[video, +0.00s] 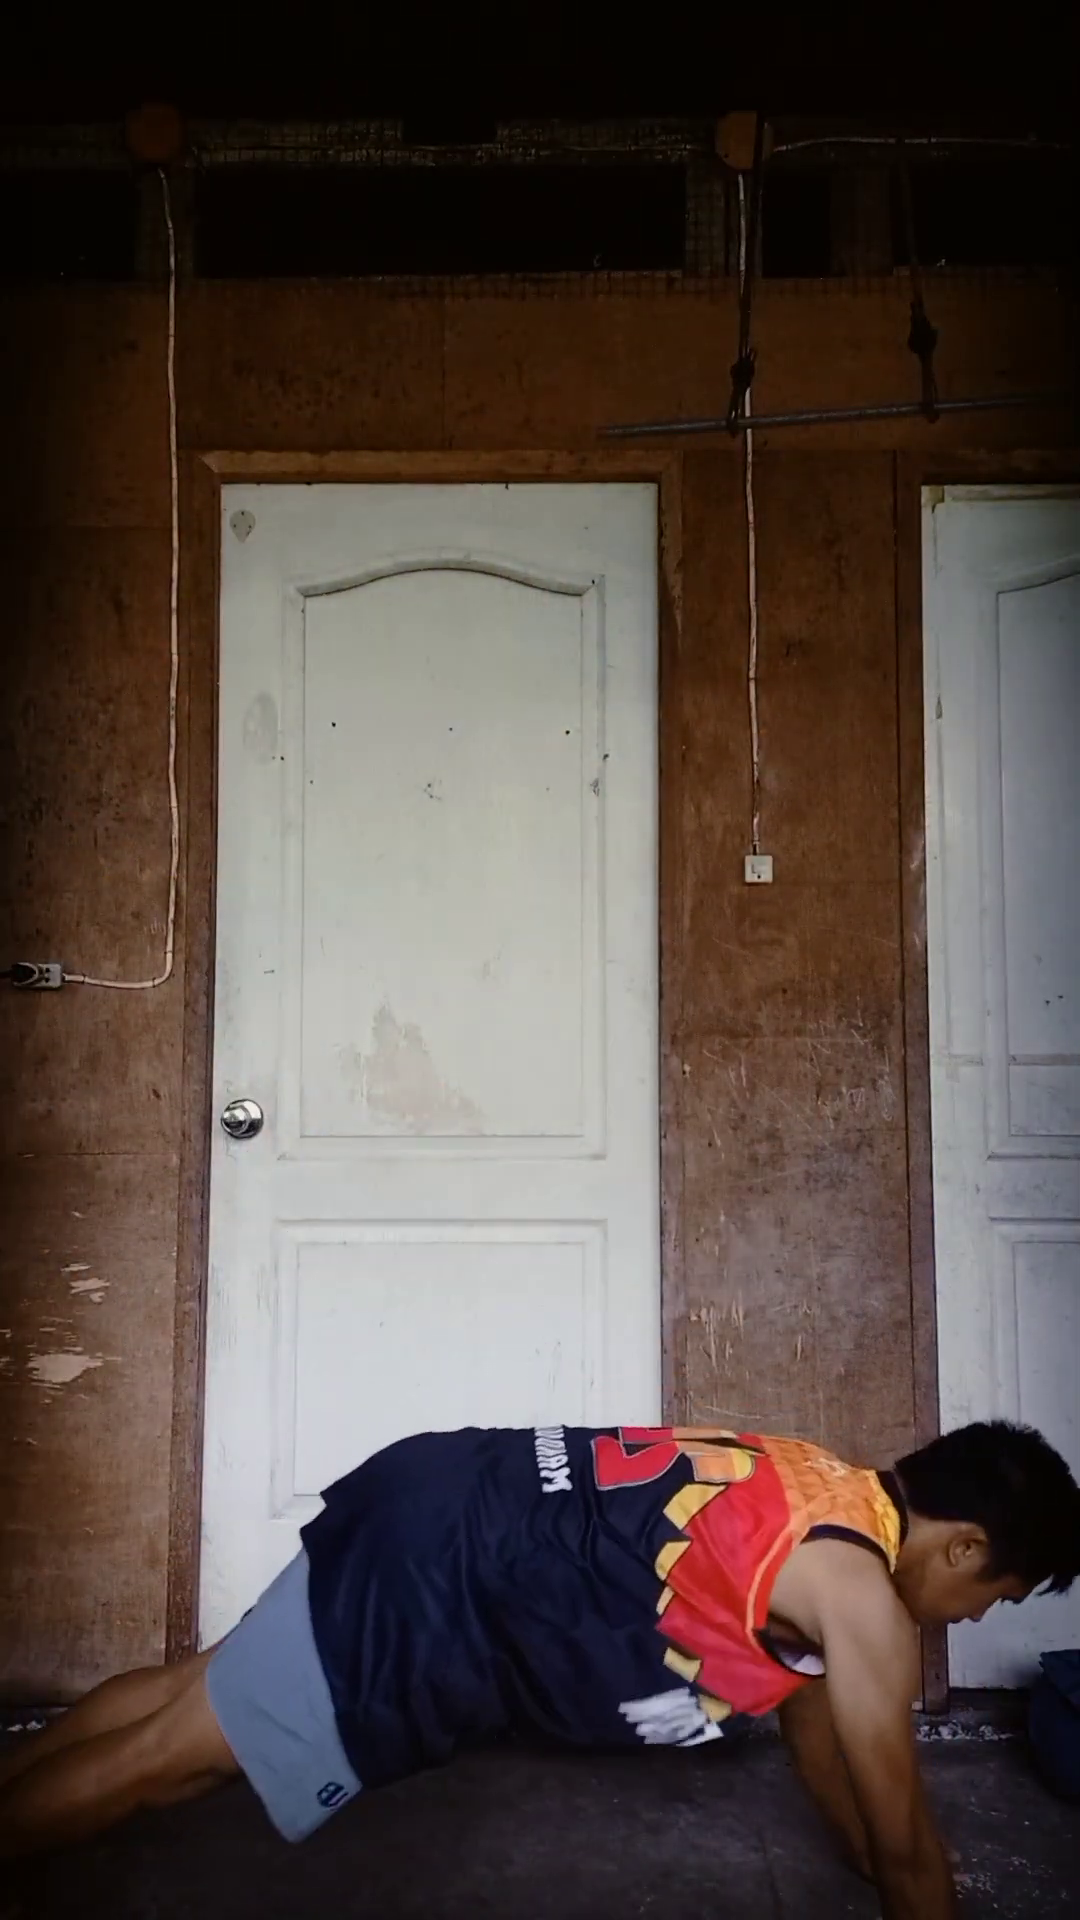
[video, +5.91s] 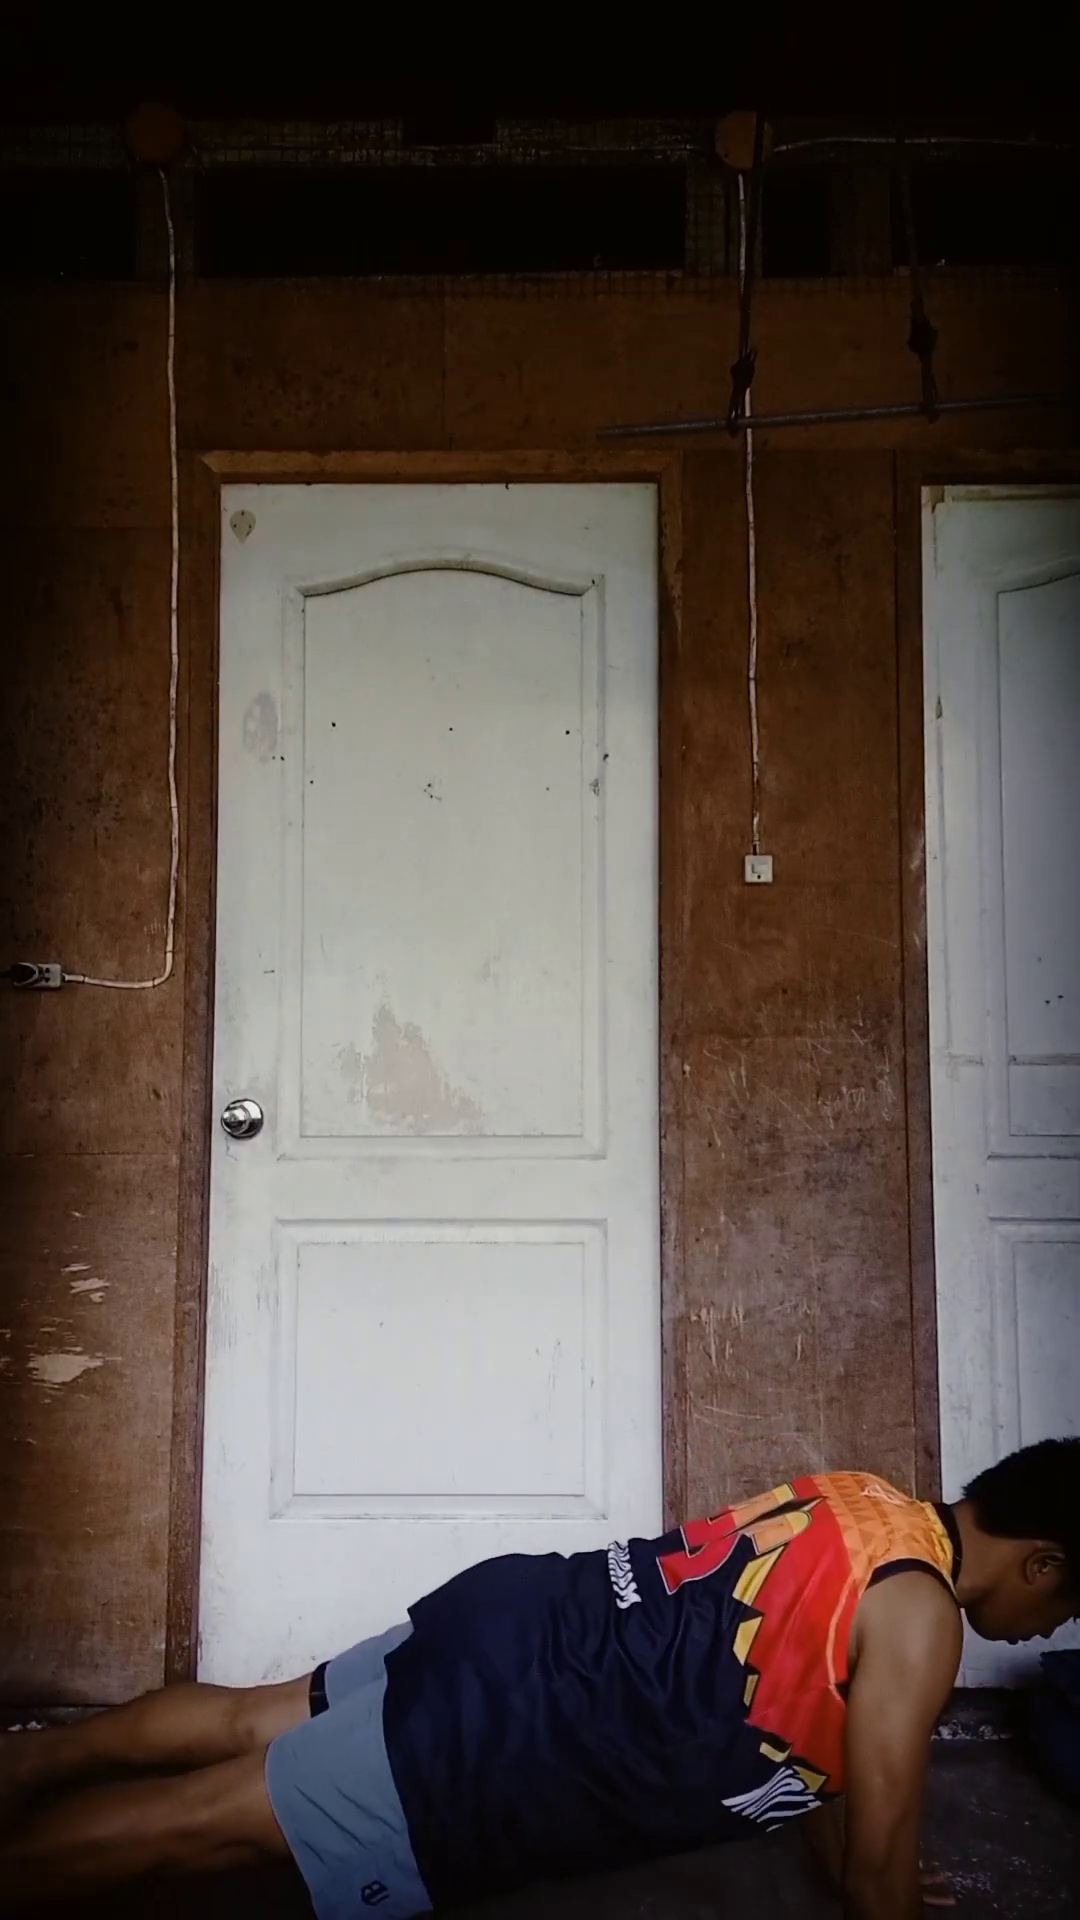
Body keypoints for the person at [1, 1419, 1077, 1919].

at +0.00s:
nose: (984, 1613)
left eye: (1005, 1596)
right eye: (1000, 1589)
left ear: (938, 1490)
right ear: (965, 1542)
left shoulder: (824, 1481)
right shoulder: (862, 1606)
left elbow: (816, 1736)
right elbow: (902, 1843)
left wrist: (888, 1870)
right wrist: (945, 1916)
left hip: (437, 1491)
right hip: (440, 1581)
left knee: (183, 1690)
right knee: (159, 1760)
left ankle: (8, 1782)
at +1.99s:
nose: (980, 1623)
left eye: (1001, 1606)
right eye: (996, 1599)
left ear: (931, 1492)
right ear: (964, 1557)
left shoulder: (810, 1483)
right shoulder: (851, 1617)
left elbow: (809, 1714)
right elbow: (864, 1865)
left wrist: (884, 1852)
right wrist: (905, 1896)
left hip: (437, 1537)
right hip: (438, 1644)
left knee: (192, 1688)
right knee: (143, 1787)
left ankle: (2, 1767)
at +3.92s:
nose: (1005, 1637)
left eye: (1024, 1618)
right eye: (1022, 1614)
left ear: (952, 1505)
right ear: (987, 1572)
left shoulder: (829, 1494)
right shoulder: (875, 1628)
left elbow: (791, 1699)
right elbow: (864, 1882)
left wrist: (868, 1838)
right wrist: (906, 1888)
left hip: (467, 1584)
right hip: (461, 1697)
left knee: (216, 1706)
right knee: (162, 1807)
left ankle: (3, 1768)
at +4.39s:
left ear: (1033, 1645)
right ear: (1075, 1731)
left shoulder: (912, 1630)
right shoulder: (957, 1767)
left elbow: (783, 1744)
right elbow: (828, 1906)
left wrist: (893, 1844)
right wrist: (922, 1874)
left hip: (548, 1675)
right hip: (533, 1805)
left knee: (272, 1758)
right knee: (229, 1862)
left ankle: (23, 1762)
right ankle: (15, 1868)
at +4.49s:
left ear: (1038, 1684)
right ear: (1069, 1762)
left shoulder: (934, 1671)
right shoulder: (979, 1800)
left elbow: (769, 1716)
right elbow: (832, 1898)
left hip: (583, 1701)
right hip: (577, 1826)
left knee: (281, 1771)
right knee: (255, 1867)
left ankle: (26, 1758)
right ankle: (26, 1869)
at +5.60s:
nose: (1062, 1637)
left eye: (1076, 1616)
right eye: (1076, 1611)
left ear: (1005, 1518)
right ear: (1048, 1577)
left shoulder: (875, 1514)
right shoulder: (929, 1633)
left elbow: (804, 1706)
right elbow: (873, 1875)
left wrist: (862, 1841)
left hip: (532, 1617)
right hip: (527, 1737)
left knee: (282, 1720)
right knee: (217, 1824)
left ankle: (30, 1758)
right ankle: (5, 1868)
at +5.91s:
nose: (1041, 1622)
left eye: (1056, 1605)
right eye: (1058, 1600)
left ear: (996, 1503)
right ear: (1030, 1559)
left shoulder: (861, 1491)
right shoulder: (916, 1624)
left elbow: (787, 1681)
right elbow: (875, 1878)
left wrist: (870, 1834)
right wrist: (918, 1892)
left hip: (514, 1605)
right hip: (515, 1730)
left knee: (276, 1711)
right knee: (210, 1818)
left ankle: (25, 1757)